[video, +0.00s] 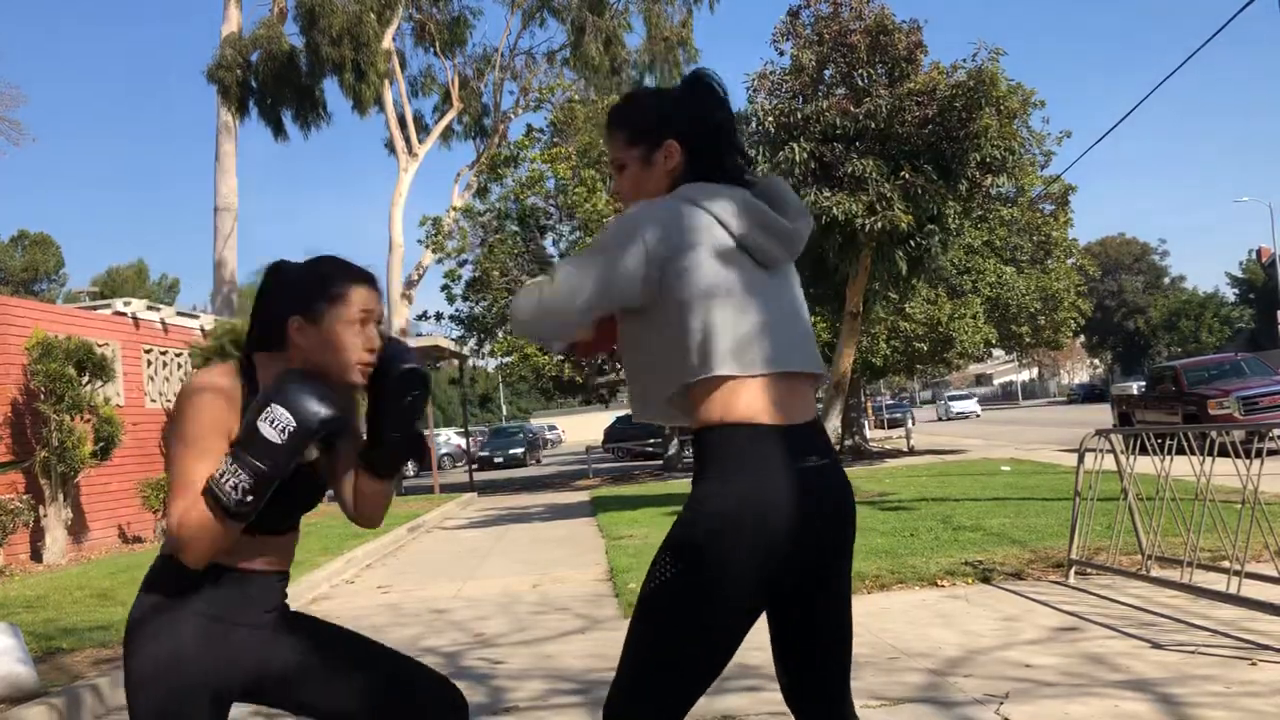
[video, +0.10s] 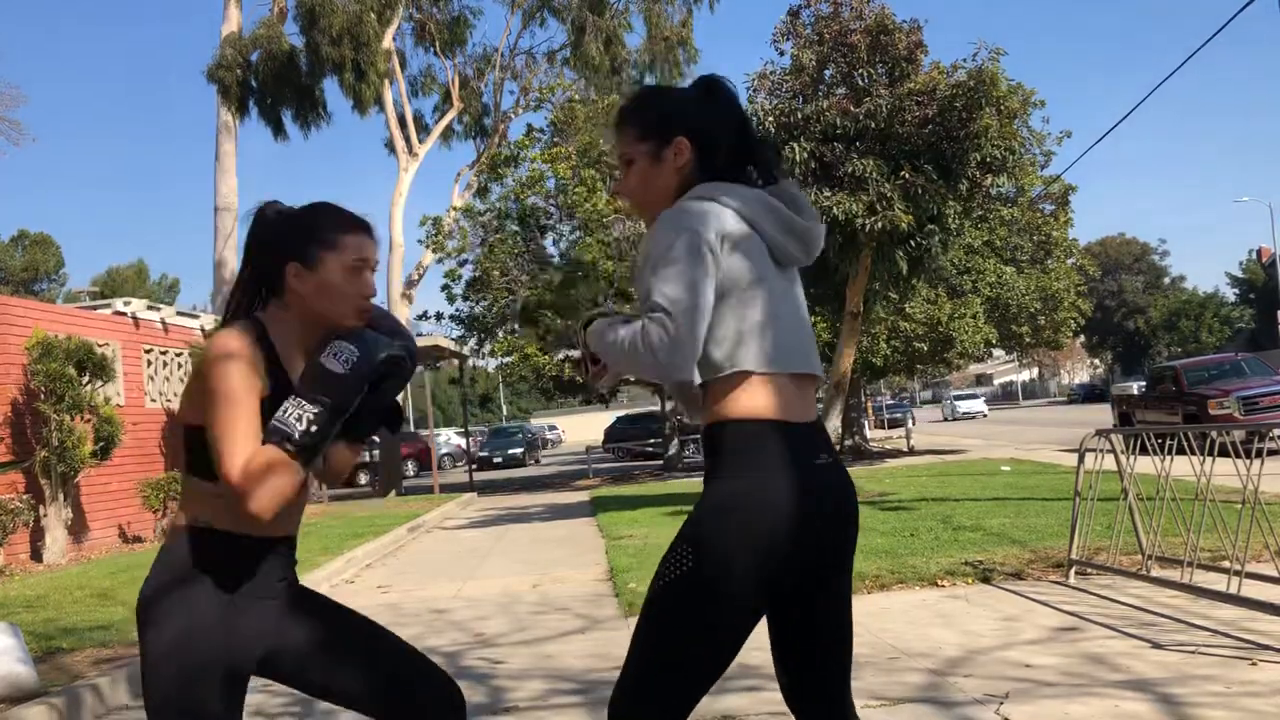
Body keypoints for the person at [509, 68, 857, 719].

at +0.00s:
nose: (614, 186)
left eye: (620, 168)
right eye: (611, 170)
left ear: (669, 155)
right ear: (672, 157)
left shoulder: (656, 226)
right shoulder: (758, 220)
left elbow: (537, 313)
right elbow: (709, 315)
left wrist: (584, 333)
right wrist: (620, 327)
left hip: (738, 490)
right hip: (820, 484)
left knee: (637, 707)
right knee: (824, 702)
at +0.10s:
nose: (620, 186)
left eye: (628, 163)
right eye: (619, 167)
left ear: (680, 154)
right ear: (685, 155)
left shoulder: (688, 222)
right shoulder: (763, 222)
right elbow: (719, 379)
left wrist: (602, 332)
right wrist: (626, 361)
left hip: (751, 491)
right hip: (822, 484)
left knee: (639, 707)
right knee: (823, 701)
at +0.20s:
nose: (620, 178)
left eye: (629, 157)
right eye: (619, 160)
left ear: (679, 152)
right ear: (681, 154)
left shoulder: (707, 219)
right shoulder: (742, 217)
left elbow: (722, 360)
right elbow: (707, 372)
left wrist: (625, 330)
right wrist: (634, 343)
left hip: (754, 492)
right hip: (809, 484)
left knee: (648, 707)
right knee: (821, 701)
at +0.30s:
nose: (623, 173)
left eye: (629, 152)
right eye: (621, 156)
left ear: (677, 146)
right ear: (674, 149)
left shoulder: (713, 217)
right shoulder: (731, 222)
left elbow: (694, 366)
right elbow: (681, 389)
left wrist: (624, 262)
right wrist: (591, 312)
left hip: (751, 489)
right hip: (806, 484)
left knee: (651, 707)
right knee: (820, 703)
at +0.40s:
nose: (624, 179)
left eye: (631, 159)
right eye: (622, 162)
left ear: (680, 151)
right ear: (686, 151)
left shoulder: (693, 225)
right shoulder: (761, 221)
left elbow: (615, 366)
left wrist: (554, 261)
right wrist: (567, 271)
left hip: (748, 497)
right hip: (821, 488)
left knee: (645, 707)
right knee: (819, 702)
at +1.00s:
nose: (609, 179)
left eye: (618, 159)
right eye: (609, 162)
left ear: (669, 155)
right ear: (674, 157)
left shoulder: (666, 225)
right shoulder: (750, 221)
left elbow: (583, 344)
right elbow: (699, 329)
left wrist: (504, 322)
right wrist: (609, 282)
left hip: (741, 489)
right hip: (812, 484)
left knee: (615, 701)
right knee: (810, 702)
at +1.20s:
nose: (580, 167)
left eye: (587, 148)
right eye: (580, 150)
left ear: (634, 144)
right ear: (633, 146)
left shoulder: (649, 209)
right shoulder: (694, 213)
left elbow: (593, 295)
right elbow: (613, 348)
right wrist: (511, 297)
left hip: (712, 473)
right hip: (780, 468)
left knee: (619, 701)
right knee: (814, 690)